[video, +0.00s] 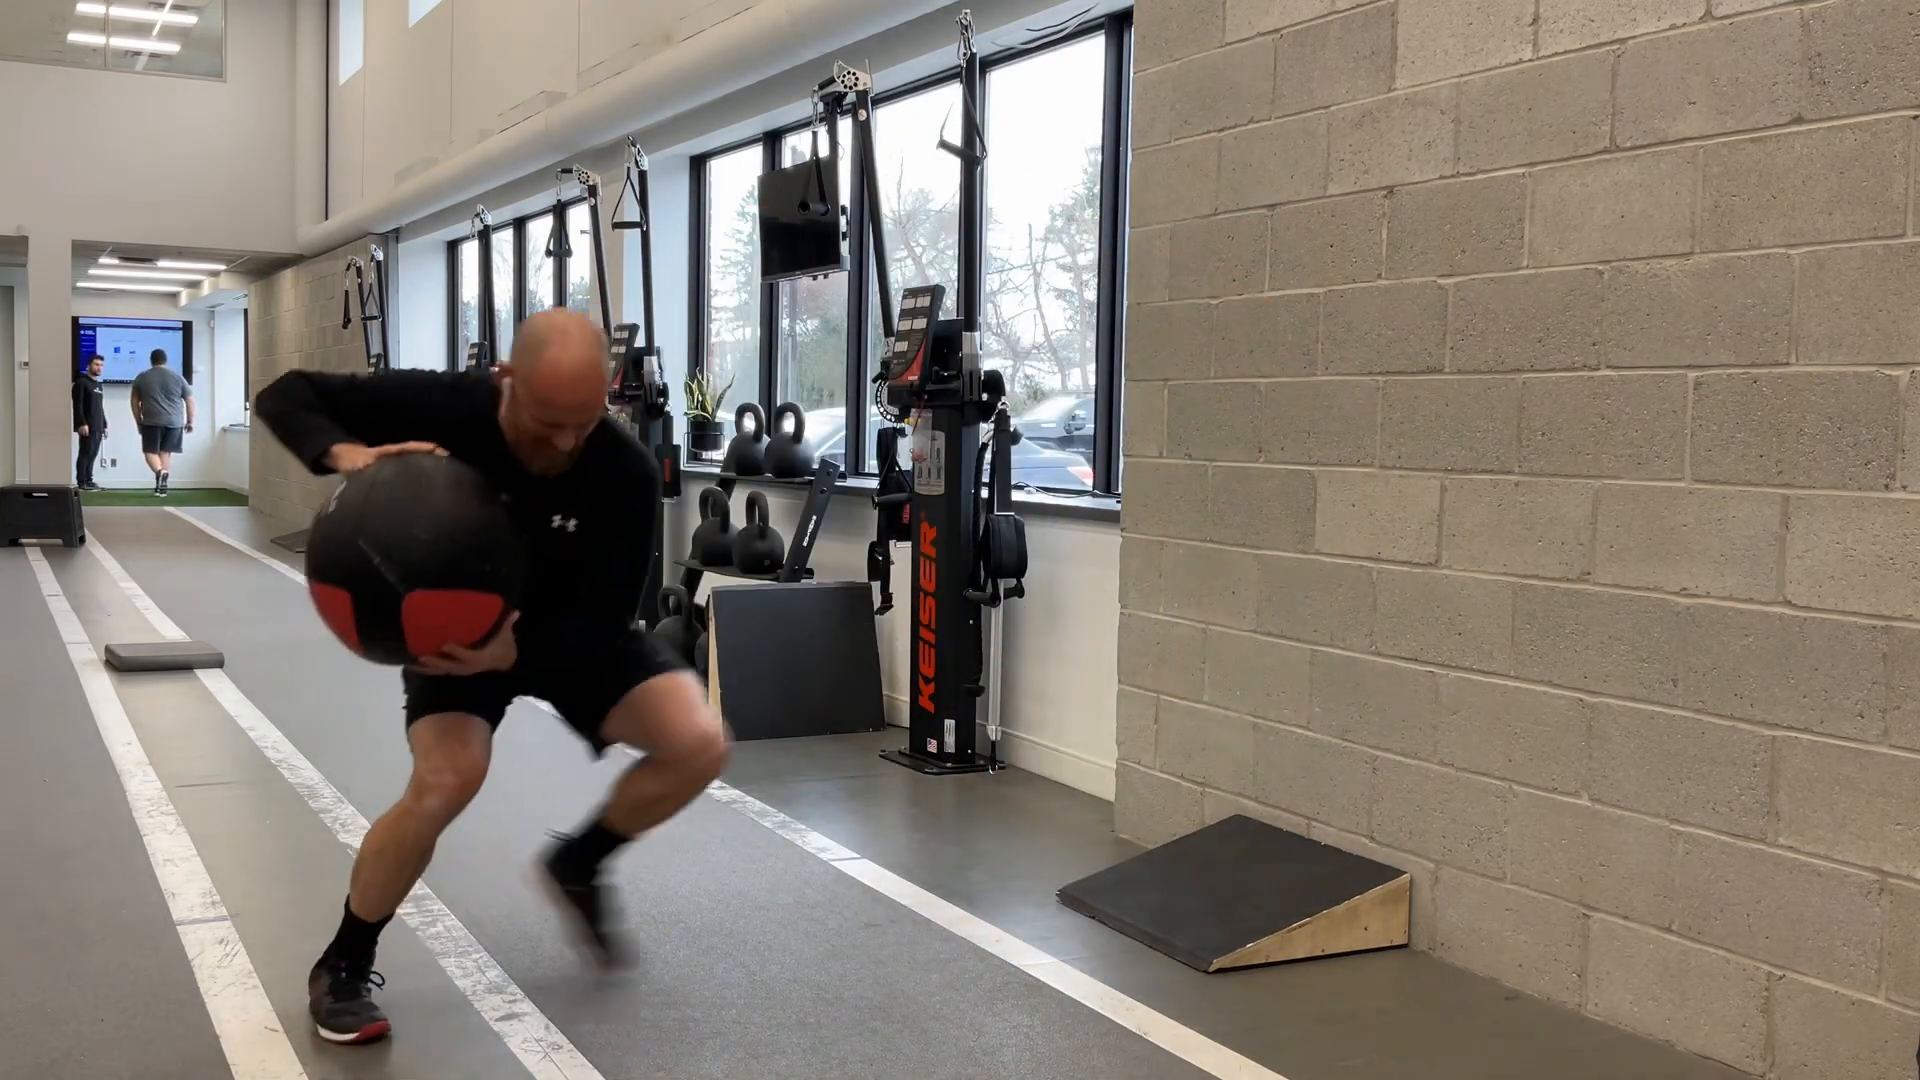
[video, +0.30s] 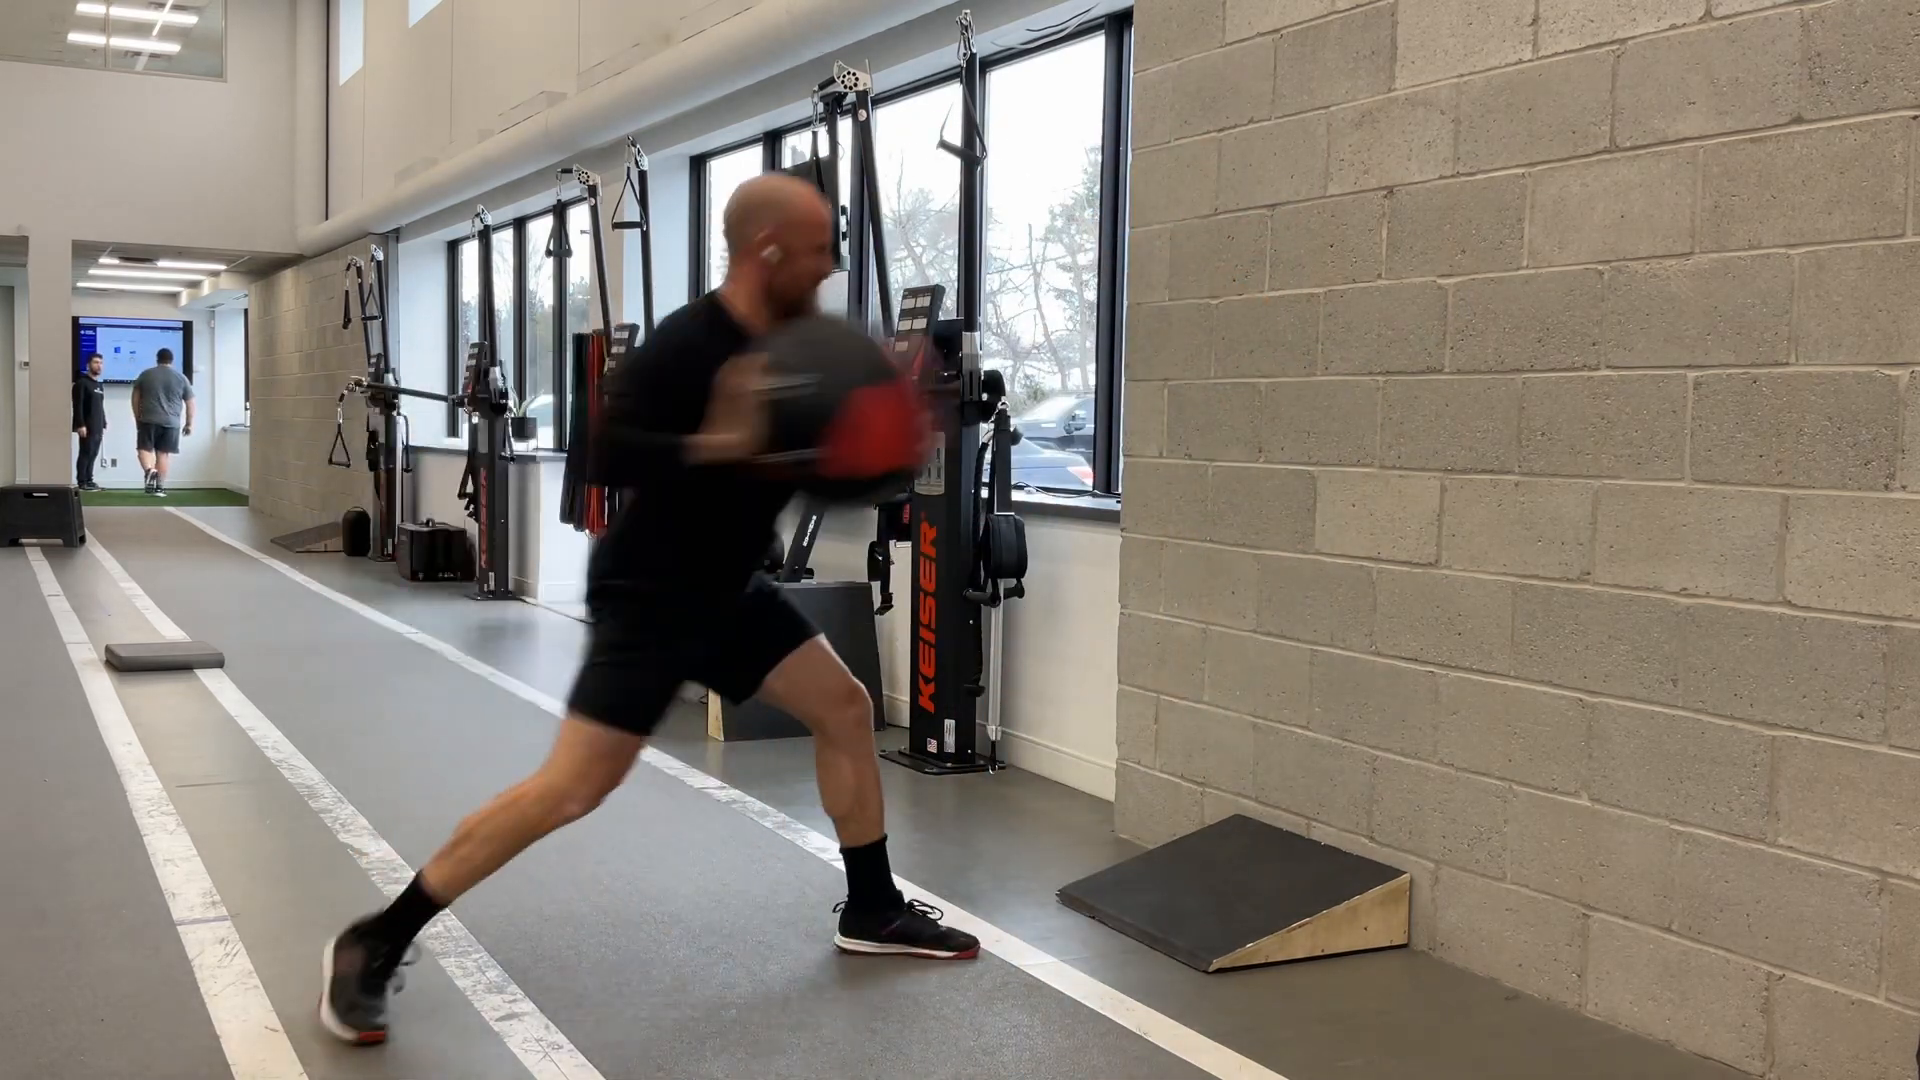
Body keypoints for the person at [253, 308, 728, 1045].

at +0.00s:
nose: (565, 443)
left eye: (582, 427)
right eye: (547, 425)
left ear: (607, 395)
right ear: (506, 383)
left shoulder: (626, 474)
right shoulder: (459, 407)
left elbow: (609, 616)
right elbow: (283, 397)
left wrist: (516, 651)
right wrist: (339, 452)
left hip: (579, 629)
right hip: (457, 634)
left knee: (699, 746)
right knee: (447, 780)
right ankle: (345, 965)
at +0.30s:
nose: (832, 266)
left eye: (831, 249)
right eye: (821, 249)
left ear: (772, 252)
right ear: (769, 252)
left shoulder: (797, 351)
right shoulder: (679, 345)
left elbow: (803, 464)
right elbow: (608, 450)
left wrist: (884, 441)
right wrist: (714, 447)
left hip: (729, 590)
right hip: (645, 593)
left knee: (844, 709)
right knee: (572, 784)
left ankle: (875, 906)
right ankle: (377, 941)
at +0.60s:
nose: (957, 196)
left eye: (957, 180)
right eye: (953, 179)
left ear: (883, 172)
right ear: (920, 173)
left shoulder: (815, 257)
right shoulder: (924, 279)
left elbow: (739, 371)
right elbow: (961, 422)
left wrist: (748, 454)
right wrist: (1070, 470)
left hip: (800, 500)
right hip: (867, 506)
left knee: (882, 705)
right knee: (881, 710)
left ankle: (879, 903)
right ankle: (833, 941)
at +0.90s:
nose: (1036, 200)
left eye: (1036, 183)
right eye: (1035, 183)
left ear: (963, 169)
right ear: (1006, 172)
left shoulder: (903, 254)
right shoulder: (986, 256)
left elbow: (842, 390)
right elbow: (992, 390)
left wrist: (884, 474)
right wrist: (1102, 432)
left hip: (866, 503)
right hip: (948, 505)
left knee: (905, 698)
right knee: (996, 701)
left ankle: (883, 904)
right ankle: (1016, 925)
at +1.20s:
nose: (1068, 217)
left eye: (1073, 202)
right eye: (1072, 199)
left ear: (1005, 171)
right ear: (1047, 176)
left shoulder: (926, 260)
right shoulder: (1012, 252)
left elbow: (879, 394)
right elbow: (1025, 383)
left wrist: (950, 449)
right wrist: (1134, 426)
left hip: (901, 496)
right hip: (979, 500)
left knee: (921, 696)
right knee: (1014, 700)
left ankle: (882, 901)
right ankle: (1015, 927)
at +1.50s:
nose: (1068, 233)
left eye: (1076, 219)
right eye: (1075, 215)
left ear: (1017, 179)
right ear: (1052, 186)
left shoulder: (941, 256)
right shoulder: (1004, 251)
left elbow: (883, 402)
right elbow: (1006, 375)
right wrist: (1117, 421)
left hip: (903, 501)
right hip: (974, 505)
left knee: (925, 698)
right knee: (1015, 701)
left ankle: (882, 902)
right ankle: (1014, 924)